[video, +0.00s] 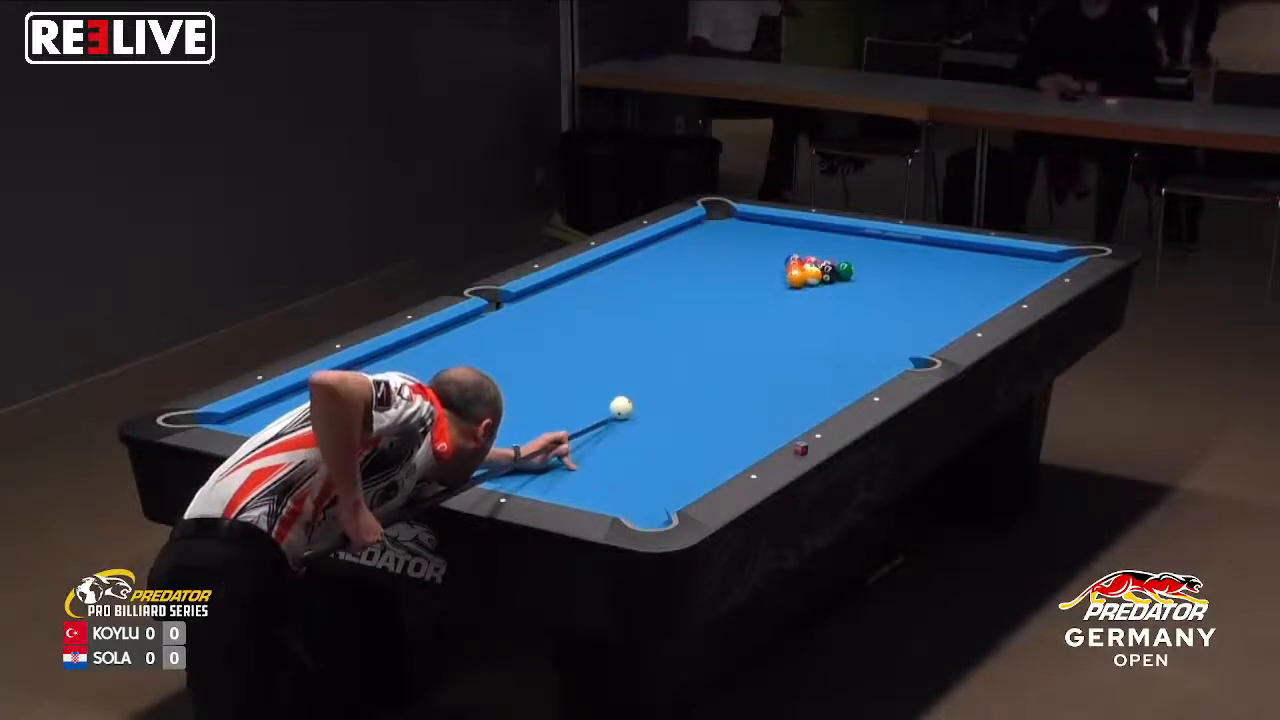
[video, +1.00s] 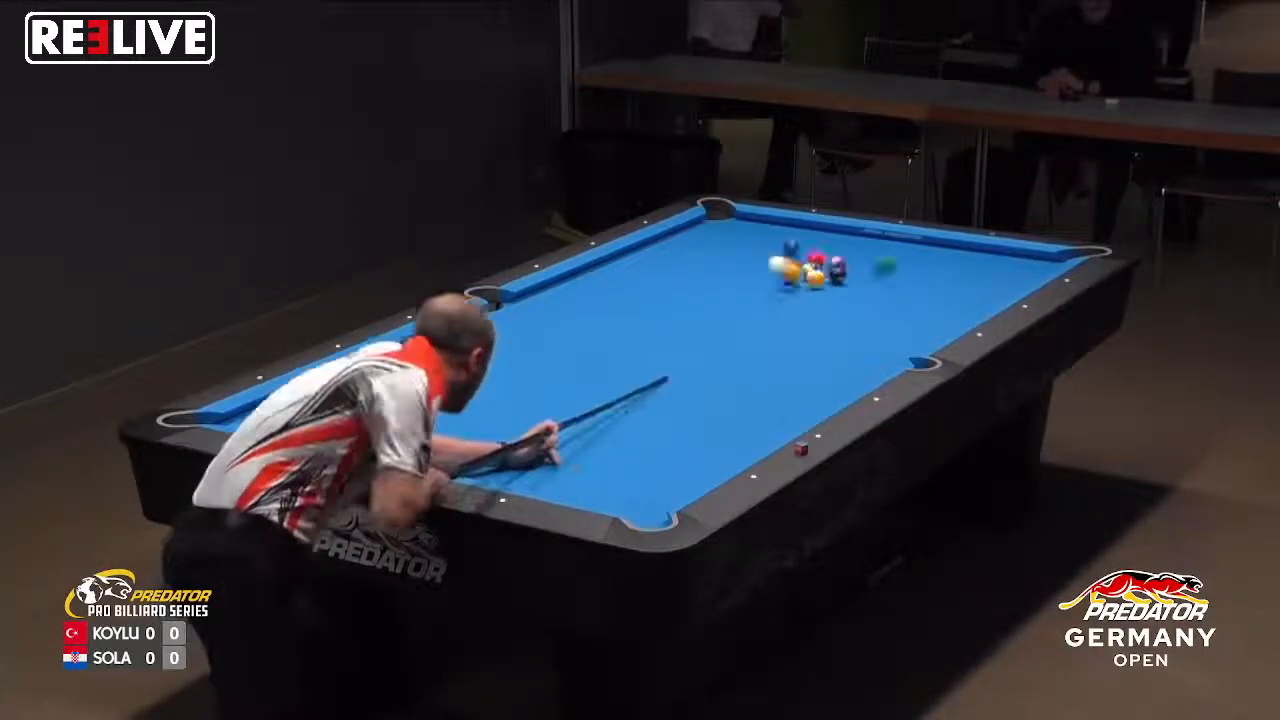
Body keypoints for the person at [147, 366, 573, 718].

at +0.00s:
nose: (490, 447)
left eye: (493, 439)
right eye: (494, 435)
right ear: (485, 428)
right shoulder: (414, 399)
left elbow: (453, 459)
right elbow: (331, 388)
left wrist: (519, 458)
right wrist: (352, 505)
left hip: (189, 554)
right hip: (232, 558)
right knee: (246, 701)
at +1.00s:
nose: (484, 374)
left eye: (487, 362)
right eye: (487, 361)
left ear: (419, 336)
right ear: (474, 358)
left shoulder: (370, 365)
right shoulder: (404, 384)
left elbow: (415, 449)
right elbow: (392, 513)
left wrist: (510, 452)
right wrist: (427, 487)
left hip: (198, 538)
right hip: (248, 548)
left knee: (242, 694)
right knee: (274, 697)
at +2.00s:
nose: (410, 244)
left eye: (407, 231)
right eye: (409, 234)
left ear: (330, 239)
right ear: (397, 251)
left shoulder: (289, 302)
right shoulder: (343, 334)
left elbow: (337, 415)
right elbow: (348, 482)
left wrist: (429, 432)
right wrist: (407, 512)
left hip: (211, 538)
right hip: (252, 556)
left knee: (252, 696)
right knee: (277, 699)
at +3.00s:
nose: (354, 156)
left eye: (353, 143)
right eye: (353, 145)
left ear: (276, 148)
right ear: (339, 156)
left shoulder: (232, 232)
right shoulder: (313, 257)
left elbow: (244, 363)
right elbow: (348, 413)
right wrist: (389, 461)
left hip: (241, 473)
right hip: (303, 484)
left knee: (277, 651)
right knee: (329, 651)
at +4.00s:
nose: (336, 215)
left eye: (331, 200)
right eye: (334, 203)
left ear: (248, 207)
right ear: (320, 218)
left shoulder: (195, 305)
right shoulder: (320, 342)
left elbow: (189, 431)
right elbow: (365, 495)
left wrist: (201, 527)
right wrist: (412, 577)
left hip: (241, 561)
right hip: (319, 566)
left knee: (278, 696)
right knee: (351, 698)